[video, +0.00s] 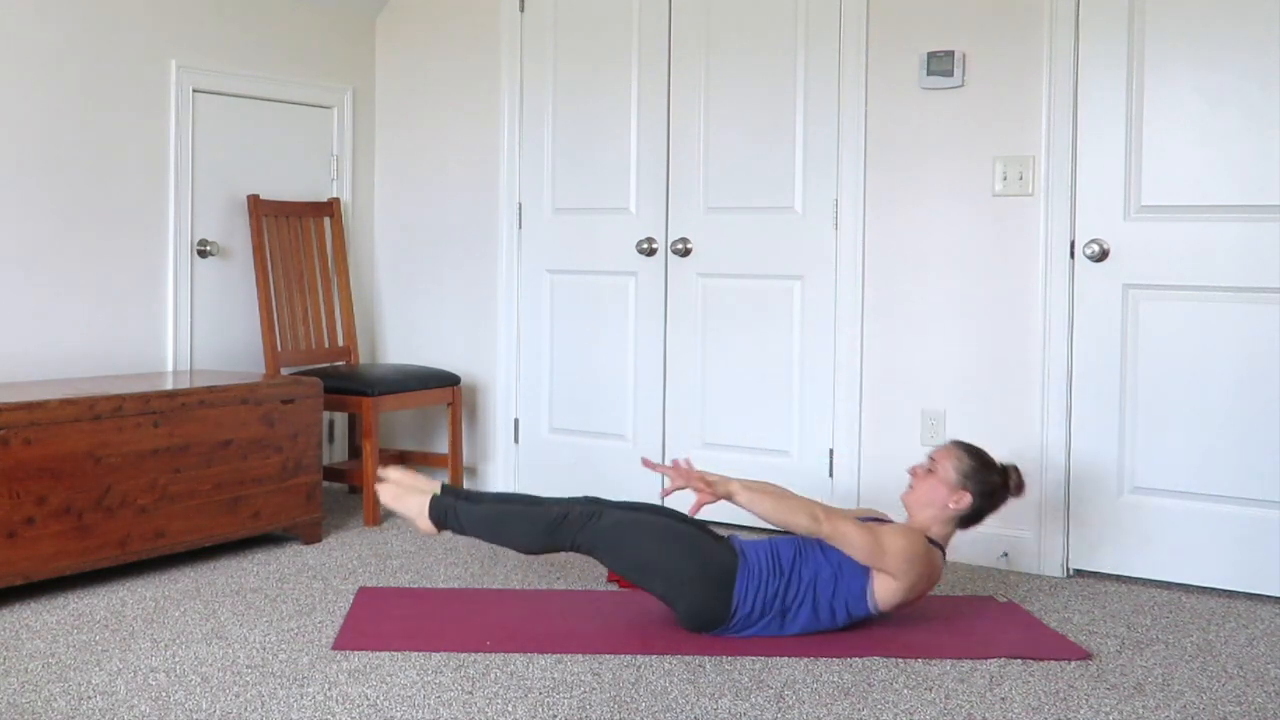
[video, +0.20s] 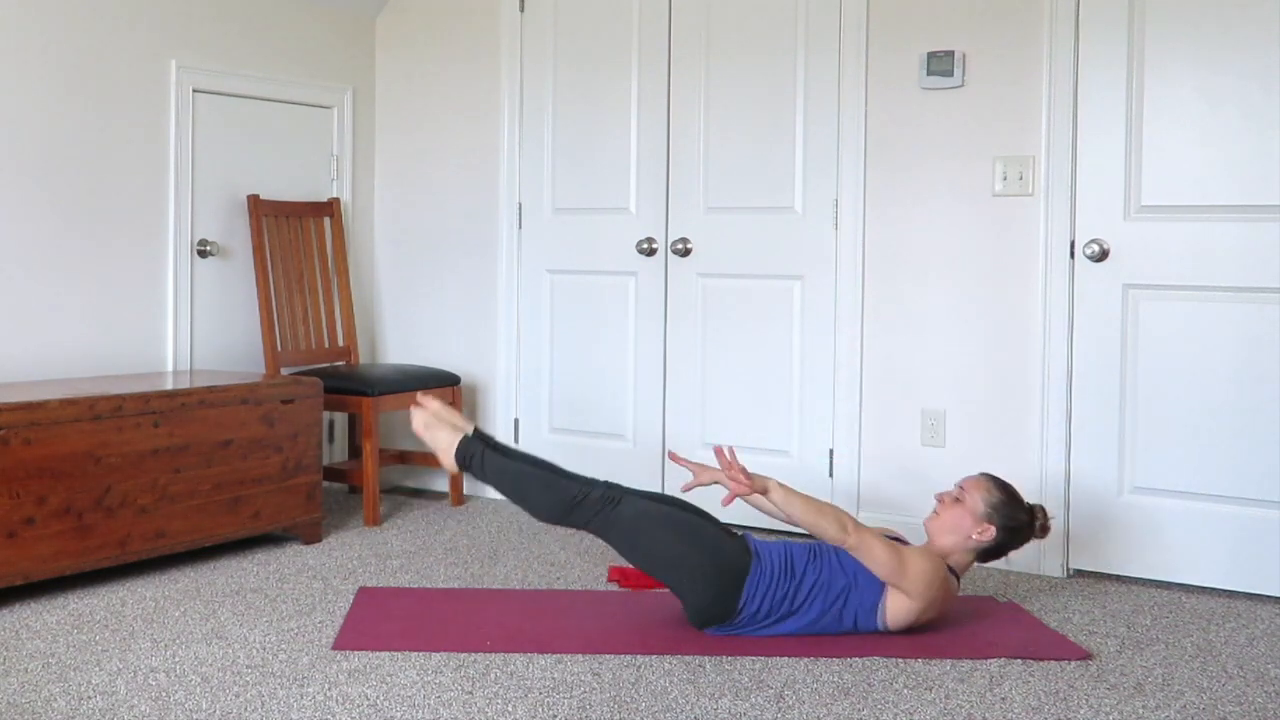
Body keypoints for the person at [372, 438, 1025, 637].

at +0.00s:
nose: (914, 475)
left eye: (931, 474)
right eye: (923, 465)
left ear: (958, 505)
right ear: (939, 492)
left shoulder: (910, 555)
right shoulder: (899, 534)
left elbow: (812, 519)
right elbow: (809, 516)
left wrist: (724, 486)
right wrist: (720, 488)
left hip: (728, 585)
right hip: (729, 569)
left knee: (583, 517)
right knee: (584, 513)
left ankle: (434, 505)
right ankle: (437, 500)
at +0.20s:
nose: (940, 502)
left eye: (957, 504)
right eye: (950, 495)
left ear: (979, 538)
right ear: (960, 522)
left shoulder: (925, 580)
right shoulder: (913, 560)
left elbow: (844, 532)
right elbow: (835, 527)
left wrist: (760, 485)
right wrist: (746, 481)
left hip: (733, 583)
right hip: (736, 560)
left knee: (600, 503)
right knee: (604, 496)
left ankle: (461, 442)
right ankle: (465, 451)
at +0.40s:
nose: (931, 502)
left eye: (948, 500)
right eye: (940, 493)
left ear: (975, 533)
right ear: (956, 519)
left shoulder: (927, 579)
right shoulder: (912, 559)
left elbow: (840, 541)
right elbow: (828, 531)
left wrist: (750, 501)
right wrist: (732, 498)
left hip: (737, 582)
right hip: (739, 564)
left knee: (599, 507)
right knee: (603, 501)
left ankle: (456, 458)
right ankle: (463, 463)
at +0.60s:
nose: (899, 459)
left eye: (916, 455)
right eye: (908, 449)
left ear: (946, 481)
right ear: (931, 476)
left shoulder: (912, 536)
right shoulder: (890, 518)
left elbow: (809, 514)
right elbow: (798, 514)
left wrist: (713, 490)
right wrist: (705, 492)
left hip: (730, 585)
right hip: (726, 566)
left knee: (585, 517)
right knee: (584, 509)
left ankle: (434, 538)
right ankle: (440, 526)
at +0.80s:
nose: (834, 396)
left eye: (847, 390)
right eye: (841, 385)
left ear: (881, 411)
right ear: (873, 408)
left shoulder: (864, 479)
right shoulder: (841, 460)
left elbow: (751, 485)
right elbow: (743, 473)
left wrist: (659, 495)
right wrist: (658, 489)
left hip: (720, 596)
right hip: (718, 573)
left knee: (608, 459)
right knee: (611, 454)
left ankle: (487, 542)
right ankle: (491, 533)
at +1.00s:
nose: (765, 362)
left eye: (778, 354)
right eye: (771, 351)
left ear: (812, 372)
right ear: (809, 372)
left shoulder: (805, 445)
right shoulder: (784, 433)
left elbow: (706, 482)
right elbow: (694, 460)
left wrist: (609, 511)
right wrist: (594, 495)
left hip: (713, 599)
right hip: (707, 582)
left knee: (672, 431)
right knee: (669, 427)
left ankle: (550, 510)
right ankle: (551, 499)